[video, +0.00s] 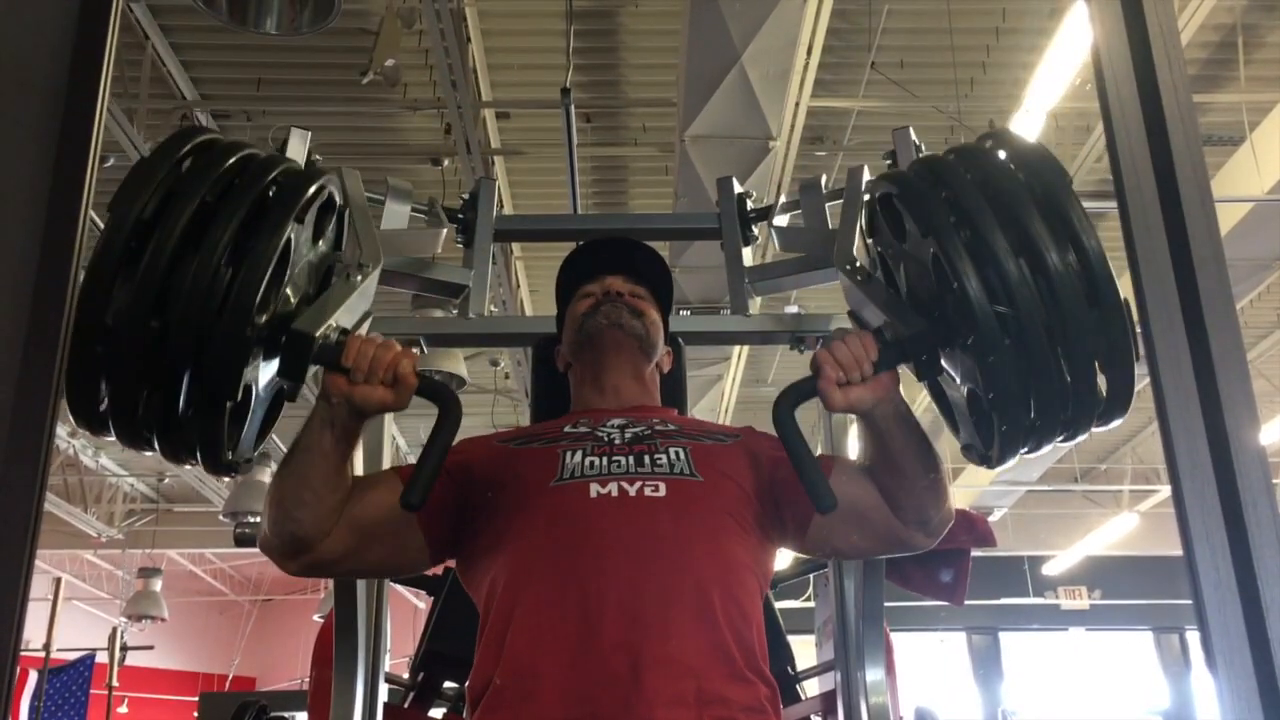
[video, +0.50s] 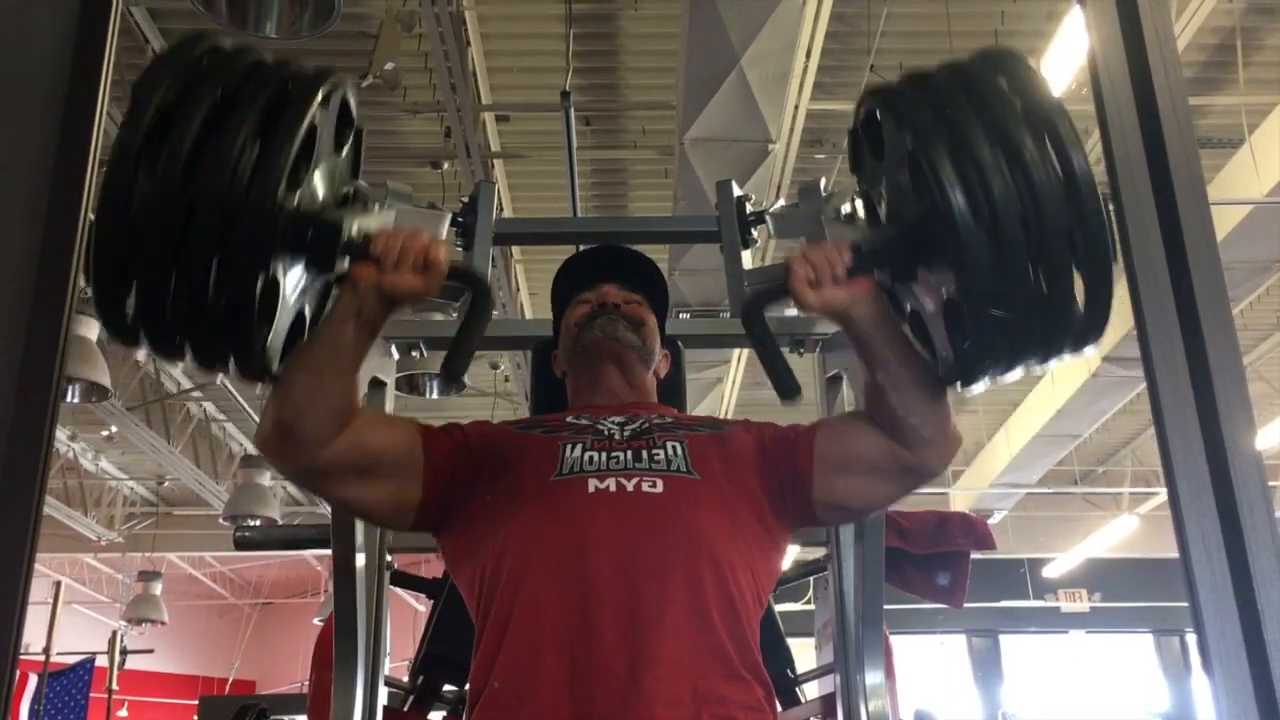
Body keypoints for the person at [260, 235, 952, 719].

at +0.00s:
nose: (615, 296)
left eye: (638, 297)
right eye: (590, 297)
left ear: (670, 357)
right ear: (556, 356)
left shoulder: (746, 455)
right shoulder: (486, 463)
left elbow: (920, 518)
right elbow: (301, 541)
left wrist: (879, 404)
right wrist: (343, 409)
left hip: (727, 707)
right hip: (528, 708)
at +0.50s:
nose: (609, 306)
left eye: (634, 308)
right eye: (584, 307)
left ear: (665, 361)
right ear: (553, 359)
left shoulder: (744, 453)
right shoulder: (488, 458)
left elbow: (924, 444)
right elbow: (302, 438)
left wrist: (860, 311)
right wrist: (363, 301)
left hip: (724, 703)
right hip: (525, 705)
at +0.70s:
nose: (607, 316)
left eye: (632, 313)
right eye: (584, 313)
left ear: (665, 360)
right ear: (553, 361)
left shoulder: (752, 448)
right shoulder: (480, 450)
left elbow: (895, 380)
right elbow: (333, 363)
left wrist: (844, 229)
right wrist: (388, 215)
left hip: (725, 704)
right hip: (522, 705)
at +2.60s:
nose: (616, 309)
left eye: (639, 311)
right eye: (590, 309)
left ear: (668, 362)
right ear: (556, 361)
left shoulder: (743, 463)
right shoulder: (488, 469)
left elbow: (926, 531)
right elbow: (291, 523)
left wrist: (881, 395)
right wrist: (346, 385)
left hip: (726, 704)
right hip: (529, 704)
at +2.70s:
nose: (610, 312)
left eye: (634, 313)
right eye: (586, 313)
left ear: (666, 365)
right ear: (555, 364)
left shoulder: (741, 460)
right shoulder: (487, 467)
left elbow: (925, 486)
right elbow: (293, 479)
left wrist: (867, 342)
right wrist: (358, 336)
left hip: (726, 703)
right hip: (526, 703)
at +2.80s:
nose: (608, 310)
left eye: (633, 312)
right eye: (584, 310)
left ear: (664, 364)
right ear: (554, 363)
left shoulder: (744, 458)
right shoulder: (484, 463)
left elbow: (921, 441)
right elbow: (303, 432)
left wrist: (859, 296)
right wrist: (366, 291)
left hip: (720, 704)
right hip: (526, 705)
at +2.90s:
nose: (610, 307)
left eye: (635, 307)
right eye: (584, 307)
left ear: (666, 360)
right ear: (554, 362)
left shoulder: (751, 454)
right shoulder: (484, 461)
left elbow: (906, 407)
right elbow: (319, 397)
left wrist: (851, 251)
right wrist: (377, 252)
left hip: (723, 704)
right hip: (527, 704)